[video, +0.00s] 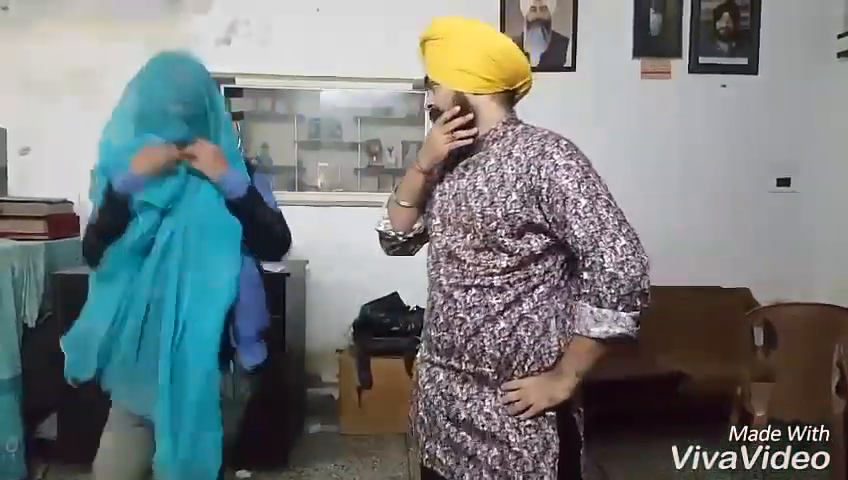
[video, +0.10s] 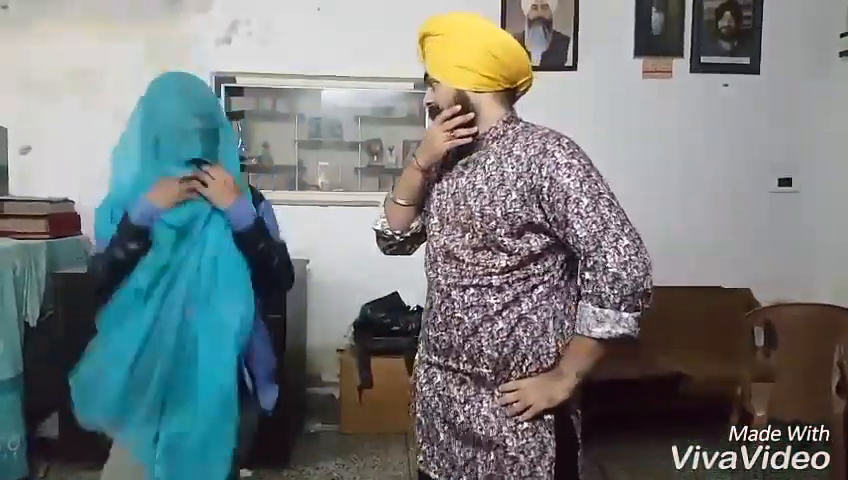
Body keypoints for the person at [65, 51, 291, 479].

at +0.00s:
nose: (175, 137)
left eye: (188, 124)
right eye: (162, 125)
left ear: (208, 117)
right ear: (141, 117)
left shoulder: (234, 175)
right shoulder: (127, 177)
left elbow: (276, 247)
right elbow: (92, 253)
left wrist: (228, 179)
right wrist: (131, 179)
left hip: (221, 370)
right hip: (140, 364)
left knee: (198, 470)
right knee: (113, 470)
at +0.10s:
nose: (187, 158)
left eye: (199, 142)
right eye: (172, 145)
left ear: (217, 137)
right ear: (149, 143)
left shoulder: (244, 203)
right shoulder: (127, 207)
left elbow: (280, 281)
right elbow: (100, 285)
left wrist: (237, 210)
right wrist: (144, 212)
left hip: (228, 390)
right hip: (149, 388)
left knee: (217, 470)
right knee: (125, 471)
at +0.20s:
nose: (191, 136)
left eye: (203, 121)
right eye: (176, 123)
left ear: (219, 115)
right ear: (152, 120)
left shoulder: (249, 191)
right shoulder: (126, 191)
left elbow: (284, 279)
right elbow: (104, 285)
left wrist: (244, 201)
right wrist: (150, 205)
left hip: (238, 399)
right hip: (151, 398)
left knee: (227, 471)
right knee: (136, 468)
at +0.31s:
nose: (189, 110)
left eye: (201, 93)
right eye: (172, 96)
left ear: (221, 82)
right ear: (147, 89)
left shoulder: (251, 154)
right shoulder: (126, 153)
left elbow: (294, 246)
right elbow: (97, 248)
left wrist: (250, 162)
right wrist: (152, 163)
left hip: (242, 383)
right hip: (154, 384)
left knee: (239, 470)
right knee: (151, 469)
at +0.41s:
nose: (197, 100)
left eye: (210, 85)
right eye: (177, 86)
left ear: (229, 73)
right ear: (146, 76)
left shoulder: (255, 135)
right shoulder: (124, 135)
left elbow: (306, 225)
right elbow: (94, 216)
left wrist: (260, 141)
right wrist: (163, 134)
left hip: (250, 372)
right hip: (157, 374)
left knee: (248, 469)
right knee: (167, 468)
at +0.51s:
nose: (215, 100)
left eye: (227, 85)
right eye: (194, 86)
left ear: (243, 76)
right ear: (159, 77)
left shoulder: (260, 139)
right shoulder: (132, 135)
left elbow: (317, 223)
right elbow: (116, 213)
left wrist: (279, 134)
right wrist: (188, 127)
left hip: (259, 367)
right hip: (166, 368)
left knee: (253, 469)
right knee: (170, 468)